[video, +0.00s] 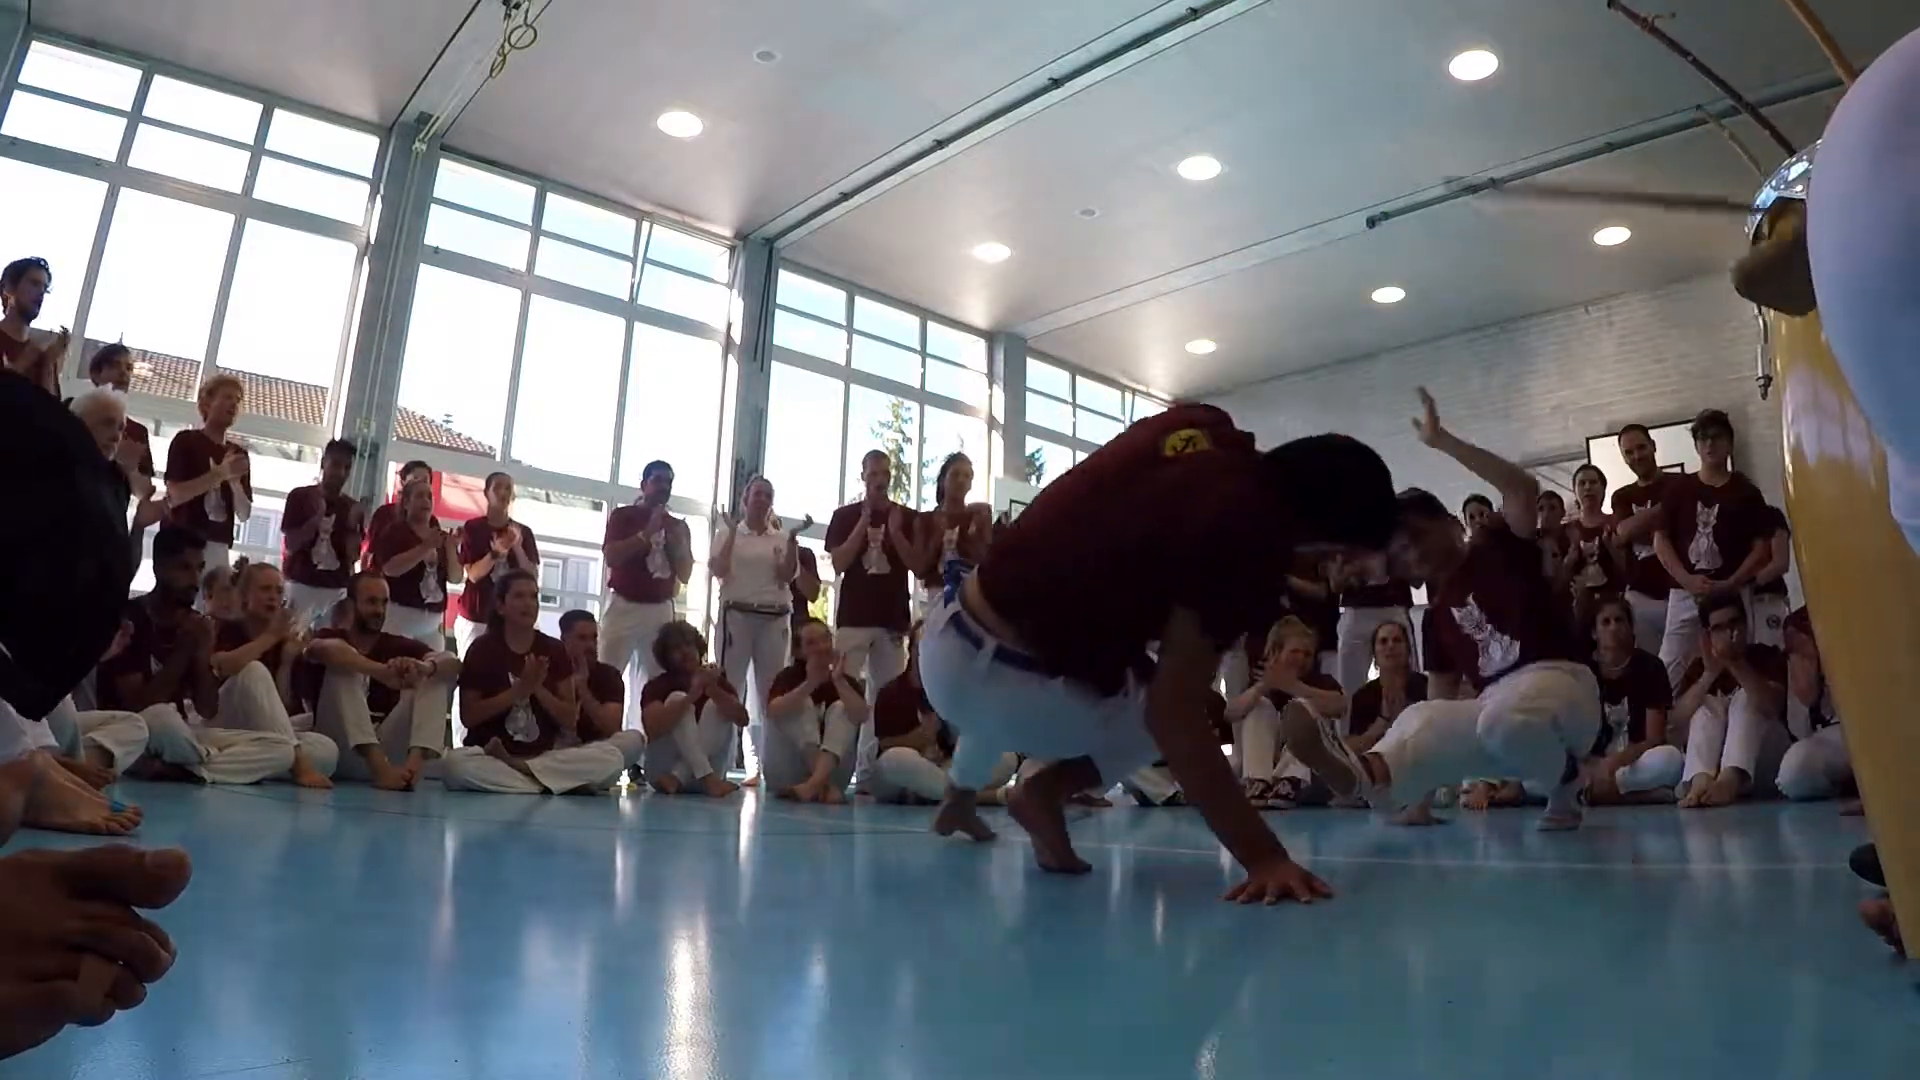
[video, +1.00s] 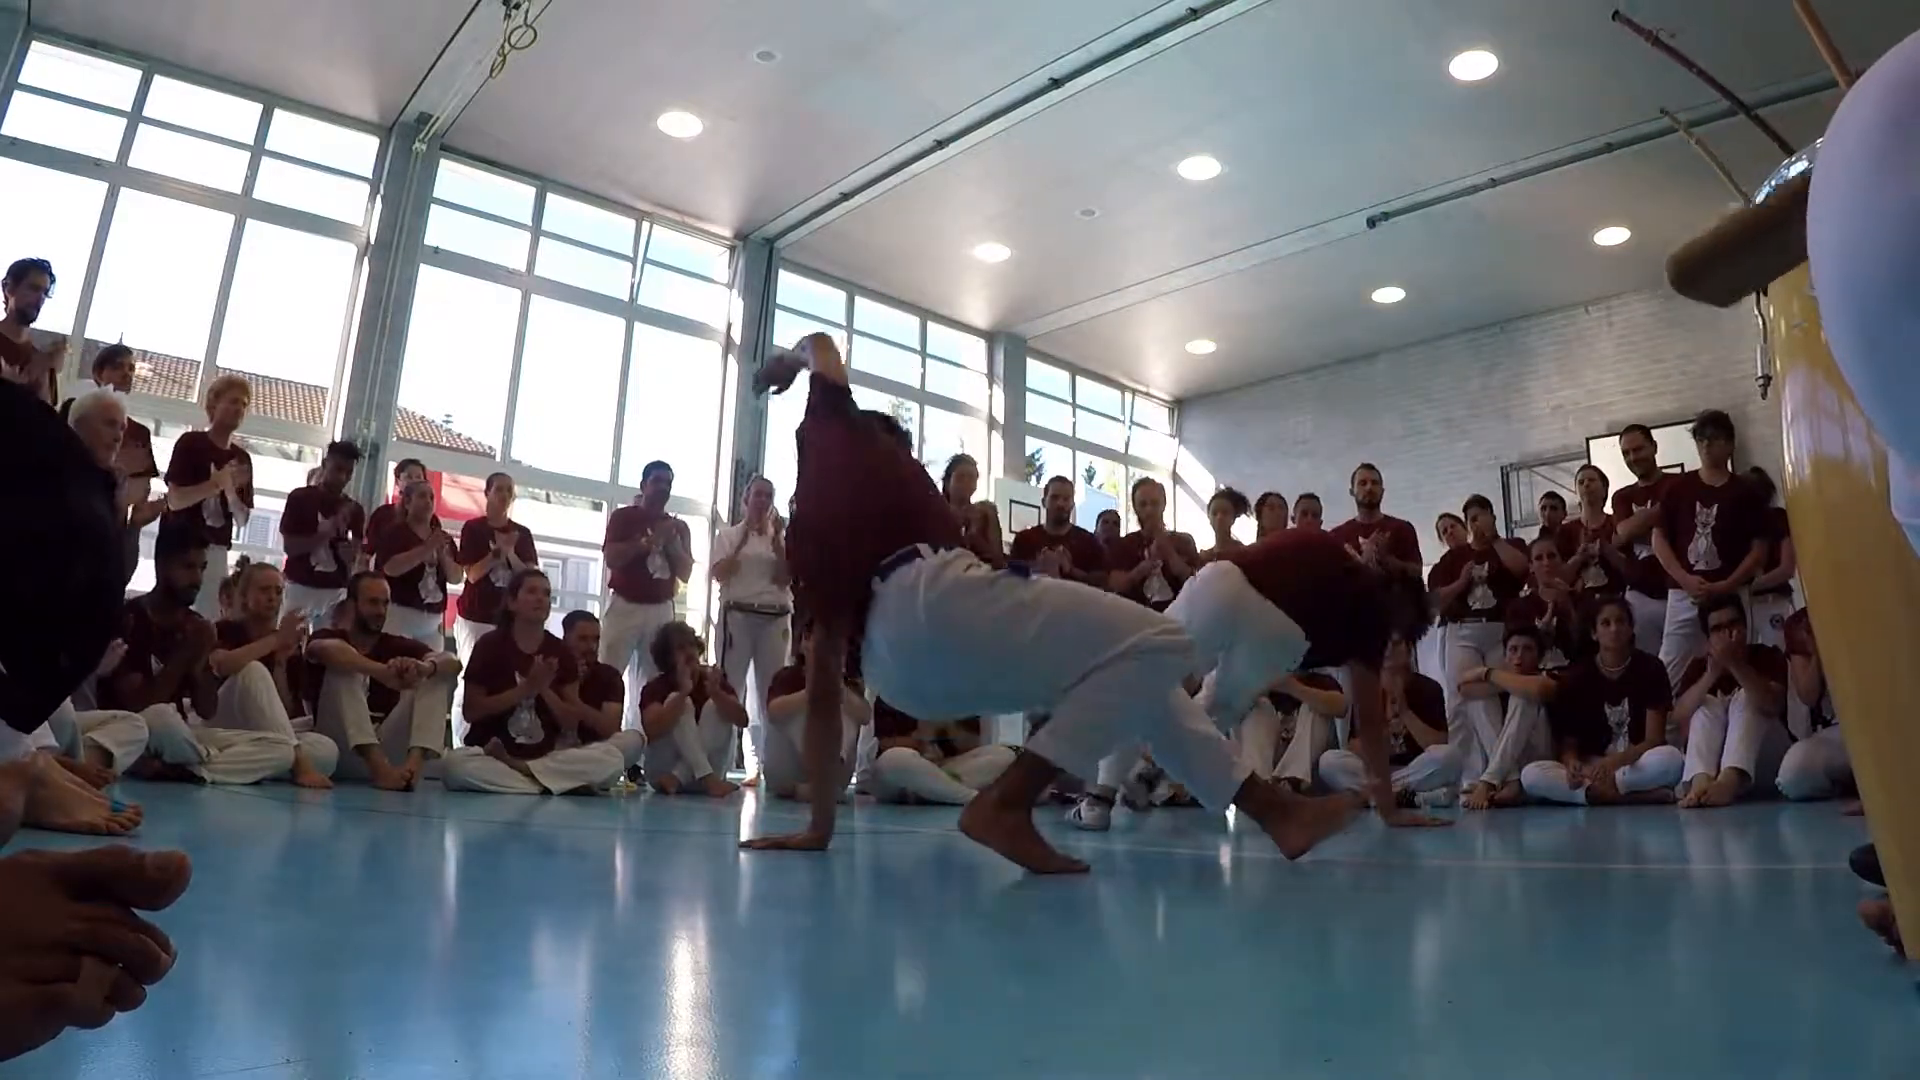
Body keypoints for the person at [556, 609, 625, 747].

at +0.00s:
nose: (591, 644)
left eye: (594, 638)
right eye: (582, 638)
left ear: (598, 639)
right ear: (564, 640)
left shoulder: (609, 675)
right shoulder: (550, 675)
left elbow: (611, 728)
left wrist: (584, 691)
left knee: (634, 738)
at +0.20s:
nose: (590, 645)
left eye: (594, 638)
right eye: (582, 638)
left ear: (598, 638)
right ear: (563, 640)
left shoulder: (609, 675)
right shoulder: (549, 674)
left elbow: (610, 726)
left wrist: (575, 702)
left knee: (634, 739)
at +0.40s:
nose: (590, 645)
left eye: (594, 637)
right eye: (582, 638)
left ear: (598, 638)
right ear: (563, 640)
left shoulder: (609, 674)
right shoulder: (549, 674)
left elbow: (610, 727)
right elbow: (566, 721)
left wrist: (583, 696)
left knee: (634, 738)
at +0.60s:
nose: (591, 646)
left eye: (595, 639)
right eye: (582, 639)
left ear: (599, 640)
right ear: (565, 640)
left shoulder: (609, 674)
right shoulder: (550, 673)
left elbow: (610, 727)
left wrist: (575, 699)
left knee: (634, 739)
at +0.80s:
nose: (591, 646)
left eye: (595, 639)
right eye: (583, 639)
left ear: (599, 640)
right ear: (565, 640)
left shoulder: (609, 675)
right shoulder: (550, 673)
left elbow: (611, 728)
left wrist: (582, 691)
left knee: (634, 738)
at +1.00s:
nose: (591, 646)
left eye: (596, 639)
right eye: (583, 639)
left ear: (600, 640)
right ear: (565, 640)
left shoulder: (610, 675)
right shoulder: (550, 671)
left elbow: (610, 728)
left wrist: (574, 702)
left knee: (633, 738)